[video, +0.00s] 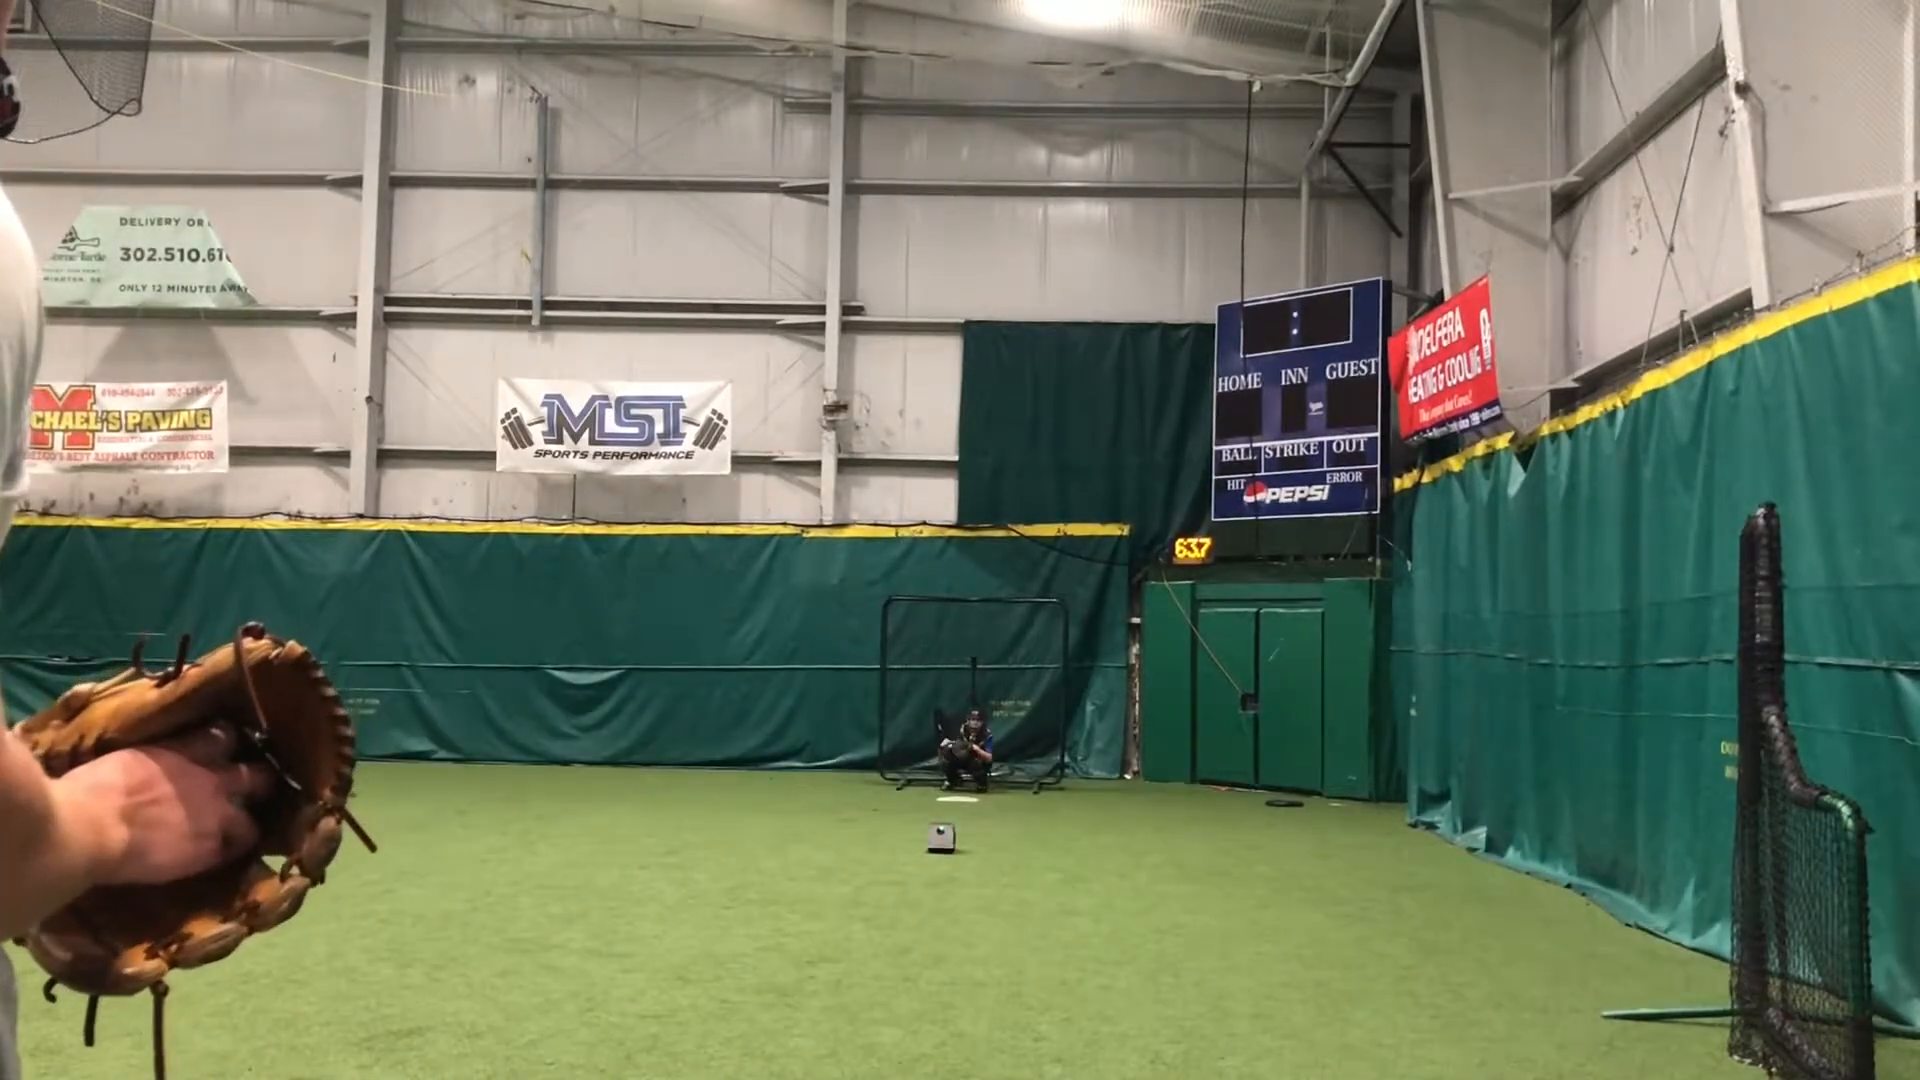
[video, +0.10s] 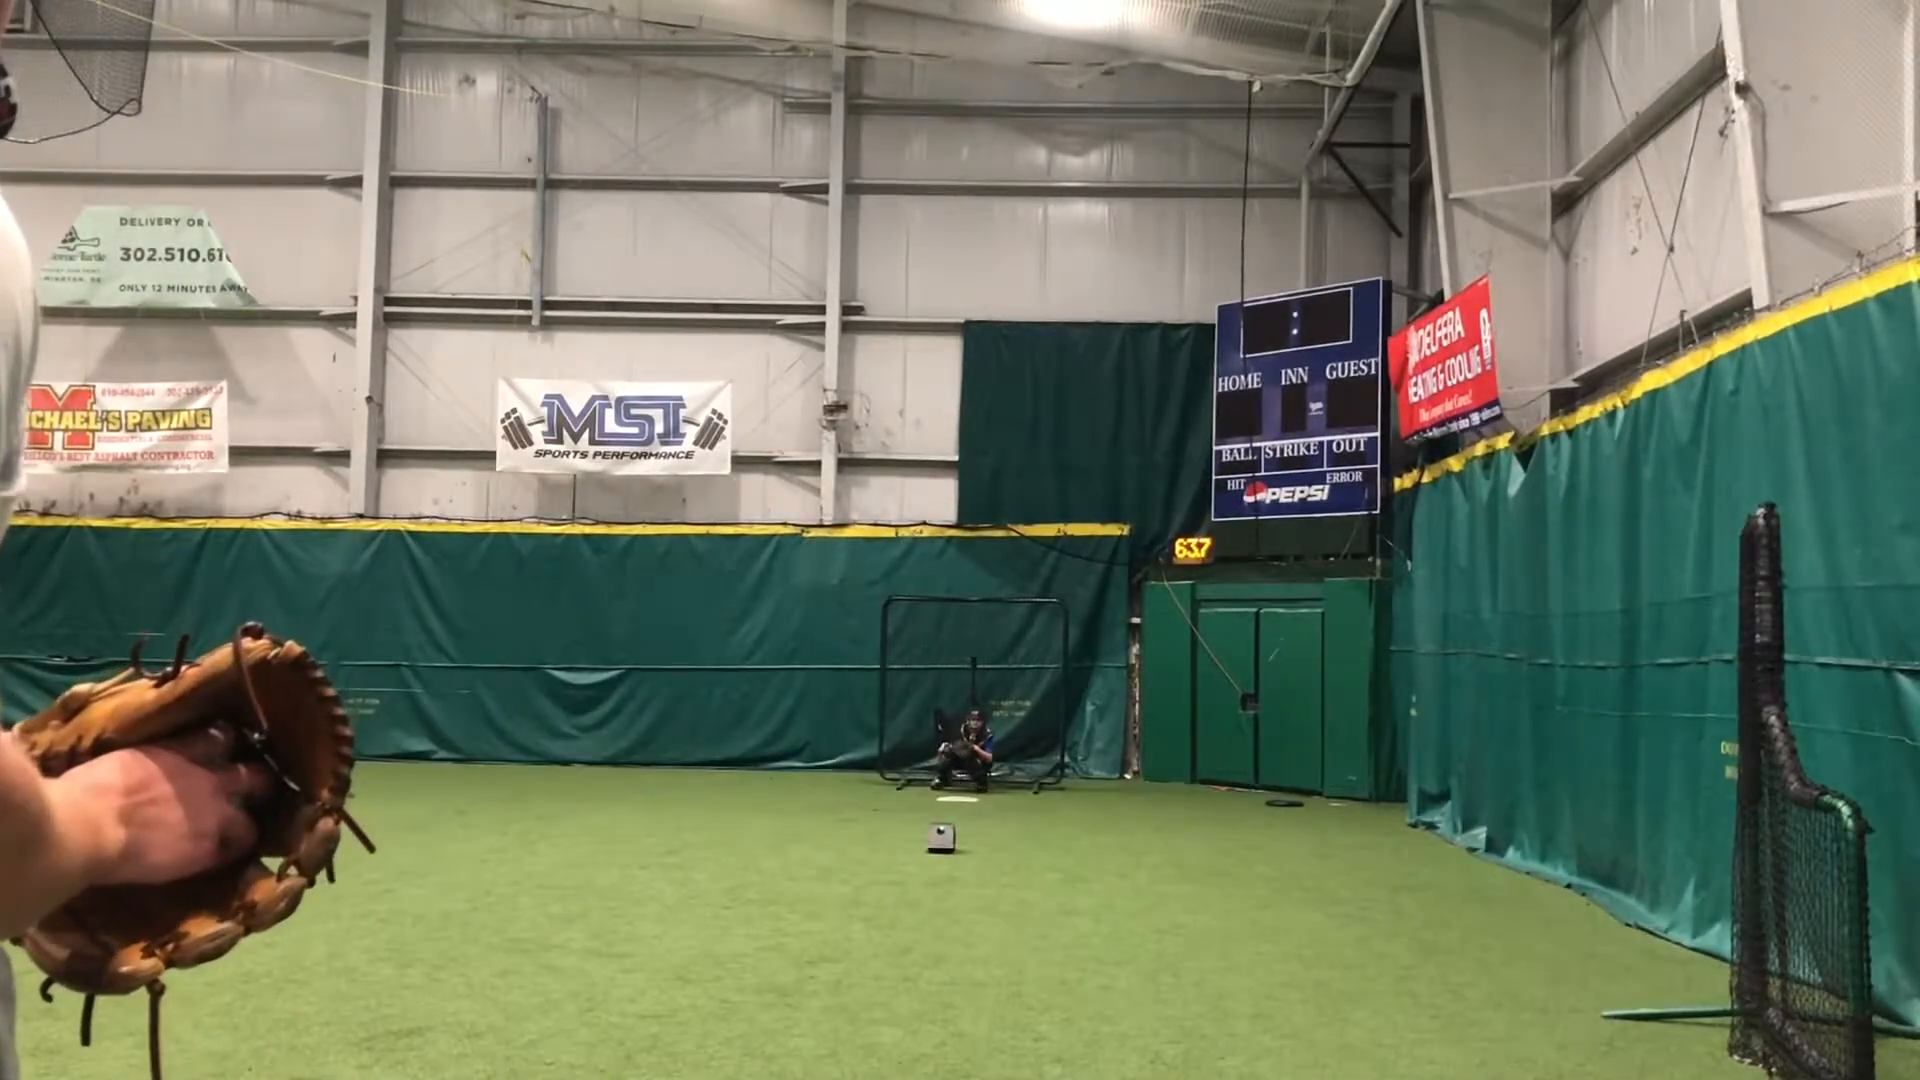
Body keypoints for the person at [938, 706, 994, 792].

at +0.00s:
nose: (975, 723)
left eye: (978, 720)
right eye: (972, 720)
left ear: (982, 723)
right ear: (968, 721)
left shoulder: (987, 735)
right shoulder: (962, 732)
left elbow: (989, 758)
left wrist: (974, 747)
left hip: (978, 760)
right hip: (963, 759)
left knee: (978, 764)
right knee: (947, 762)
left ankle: (982, 784)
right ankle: (953, 781)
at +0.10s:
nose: (975, 723)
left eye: (978, 721)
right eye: (972, 720)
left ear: (983, 722)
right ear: (968, 721)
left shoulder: (987, 736)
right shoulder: (962, 732)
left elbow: (989, 758)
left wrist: (973, 747)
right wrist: (947, 747)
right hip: (961, 759)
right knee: (946, 756)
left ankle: (981, 784)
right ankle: (942, 779)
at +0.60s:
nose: (966, 724)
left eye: (970, 722)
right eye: (964, 721)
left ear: (974, 724)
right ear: (960, 722)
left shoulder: (979, 736)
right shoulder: (954, 733)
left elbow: (986, 757)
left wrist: (970, 753)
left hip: (973, 764)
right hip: (957, 762)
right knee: (944, 757)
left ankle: (981, 785)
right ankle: (936, 782)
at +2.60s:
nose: (963, 727)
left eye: (966, 724)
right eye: (960, 724)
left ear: (970, 726)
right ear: (956, 725)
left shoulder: (977, 738)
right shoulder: (951, 735)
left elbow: (984, 759)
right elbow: (942, 751)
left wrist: (969, 757)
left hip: (971, 764)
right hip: (954, 762)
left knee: (979, 773)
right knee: (939, 764)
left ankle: (981, 785)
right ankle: (936, 783)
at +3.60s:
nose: (958, 727)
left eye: (961, 724)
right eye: (956, 724)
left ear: (966, 726)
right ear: (951, 725)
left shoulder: (973, 738)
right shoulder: (946, 735)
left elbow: (980, 760)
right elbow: (939, 751)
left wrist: (964, 759)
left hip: (966, 766)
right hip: (949, 764)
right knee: (937, 760)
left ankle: (981, 783)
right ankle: (935, 782)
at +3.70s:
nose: (957, 726)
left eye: (960, 724)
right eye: (955, 723)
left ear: (965, 725)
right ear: (950, 725)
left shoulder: (972, 738)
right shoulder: (945, 735)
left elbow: (979, 759)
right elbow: (938, 751)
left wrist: (963, 757)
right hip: (948, 763)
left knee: (963, 768)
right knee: (936, 760)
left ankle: (980, 782)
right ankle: (936, 782)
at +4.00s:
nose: (954, 726)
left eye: (958, 723)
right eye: (952, 722)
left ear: (963, 725)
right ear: (947, 724)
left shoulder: (970, 738)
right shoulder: (942, 735)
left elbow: (976, 758)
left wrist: (960, 756)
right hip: (946, 760)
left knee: (960, 768)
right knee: (935, 753)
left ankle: (980, 782)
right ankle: (935, 782)